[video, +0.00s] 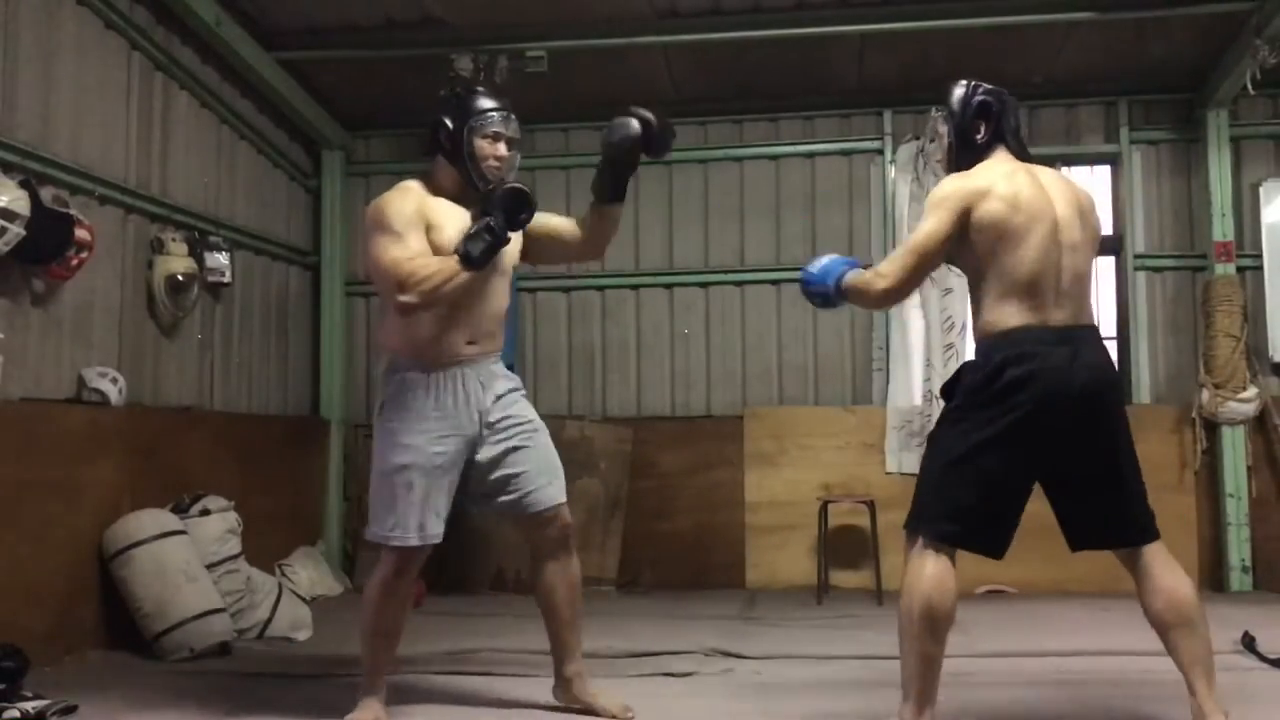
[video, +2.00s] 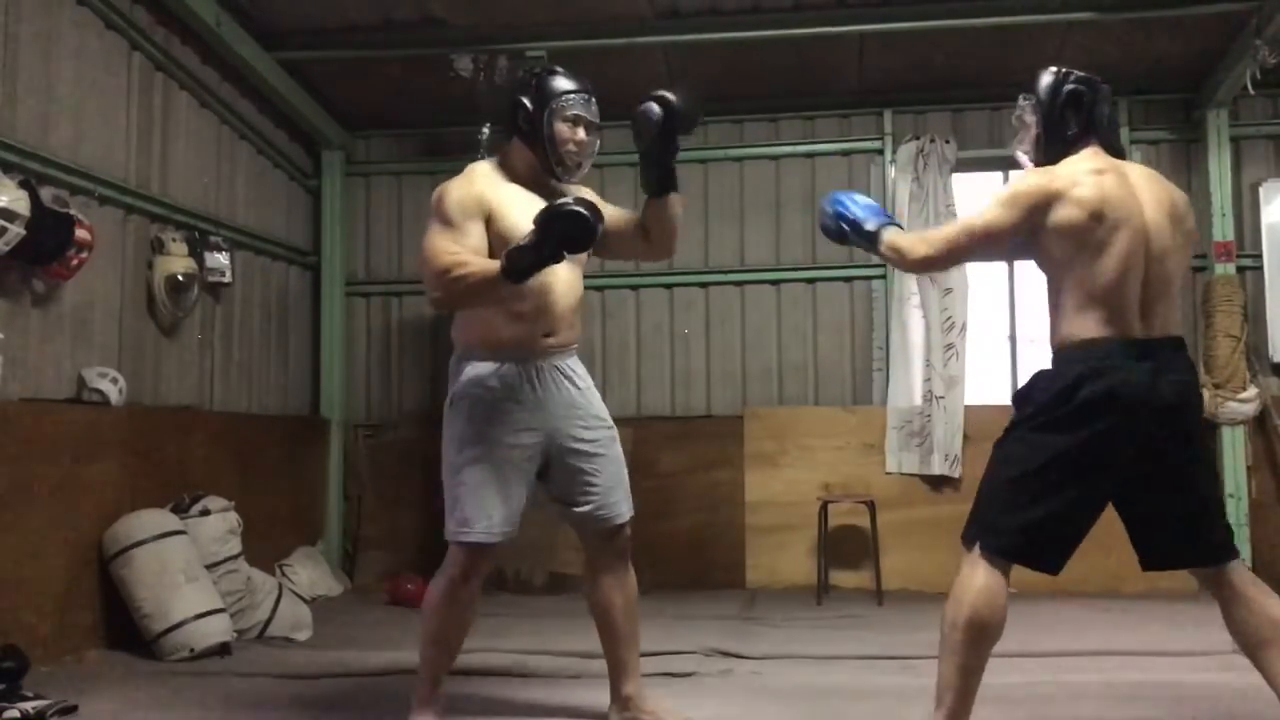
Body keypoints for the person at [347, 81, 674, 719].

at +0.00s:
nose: (504, 155)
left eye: (510, 143)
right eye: (492, 140)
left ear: (512, 151)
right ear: (451, 142)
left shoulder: (507, 220)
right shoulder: (401, 205)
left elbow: (590, 239)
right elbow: (408, 289)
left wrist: (615, 168)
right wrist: (484, 244)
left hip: (493, 385)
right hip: (421, 393)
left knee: (553, 526)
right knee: (403, 551)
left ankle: (571, 681)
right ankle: (373, 694)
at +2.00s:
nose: (584, 137)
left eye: (590, 126)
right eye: (570, 122)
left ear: (592, 133)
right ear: (528, 124)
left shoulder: (576, 203)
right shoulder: (467, 190)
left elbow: (656, 242)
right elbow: (444, 286)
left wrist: (658, 157)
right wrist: (532, 255)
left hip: (568, 380)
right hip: (490, 386)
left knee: (612, 536)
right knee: (471, 555)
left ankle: (629, 697)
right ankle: (426, 703)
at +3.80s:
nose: (604, 130)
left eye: (609, 118)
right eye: (592, 111)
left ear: (603, 125)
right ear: (546, 107)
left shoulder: (576, 198)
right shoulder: (472, 177)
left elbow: (652, 259)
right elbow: (431, 278)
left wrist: (680, 183)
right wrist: (530, 248)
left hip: (569, 380)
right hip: (490, 386)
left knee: (631, 533)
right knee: (467, 562)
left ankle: (644, 703)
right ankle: (403, 708)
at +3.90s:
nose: (597, 121)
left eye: (603, 109)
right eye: (585, 103)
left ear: (597, 120)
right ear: (538, 101)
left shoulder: (572, 200)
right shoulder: (468, 172)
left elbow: (636, 272)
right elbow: (428, 270)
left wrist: (679, 197)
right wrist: (523, 232)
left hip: (567, 380)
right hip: (485, 384)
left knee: (632, 529)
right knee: (460, 560)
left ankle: (645, 703)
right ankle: (401, 707)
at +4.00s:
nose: (599, 122)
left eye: (604, 110)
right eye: (586, 105)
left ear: (600, 119)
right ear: (539, 103)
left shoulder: (574, 202)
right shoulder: (474, 173)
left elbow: (636, 274)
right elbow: (436, 268)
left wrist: (678, 215)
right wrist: (527, 230)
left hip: (569, 385)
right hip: (490, 390)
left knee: (631, 533)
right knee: (460, 564)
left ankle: (641, 703)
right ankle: (401, 708)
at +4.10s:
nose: (604, 119)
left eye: (608, 107)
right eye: (590, 102)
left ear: (602, 115)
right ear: (544, 103)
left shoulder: (584, 188)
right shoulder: (481, 174)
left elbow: (660, 246)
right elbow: (435, 267)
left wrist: (687, 174)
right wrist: (537, 247)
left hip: (585, 382)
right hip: (508, 389)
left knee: (635, 536)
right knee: (477, 566)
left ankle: (644, 705)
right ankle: (409, 706)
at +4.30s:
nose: (554, 123)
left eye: (559, 110)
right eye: (539, 108)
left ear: (563, 118)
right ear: (494, 107)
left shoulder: (572, 191)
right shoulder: (442, 186)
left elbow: (648, 263)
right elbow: (439, 255)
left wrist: (730, 318)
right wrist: (525, 195)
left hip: (615, 346)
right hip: (545, 389)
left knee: (762, 417)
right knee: (586, 553)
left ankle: (749, 552)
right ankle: (559, 711)